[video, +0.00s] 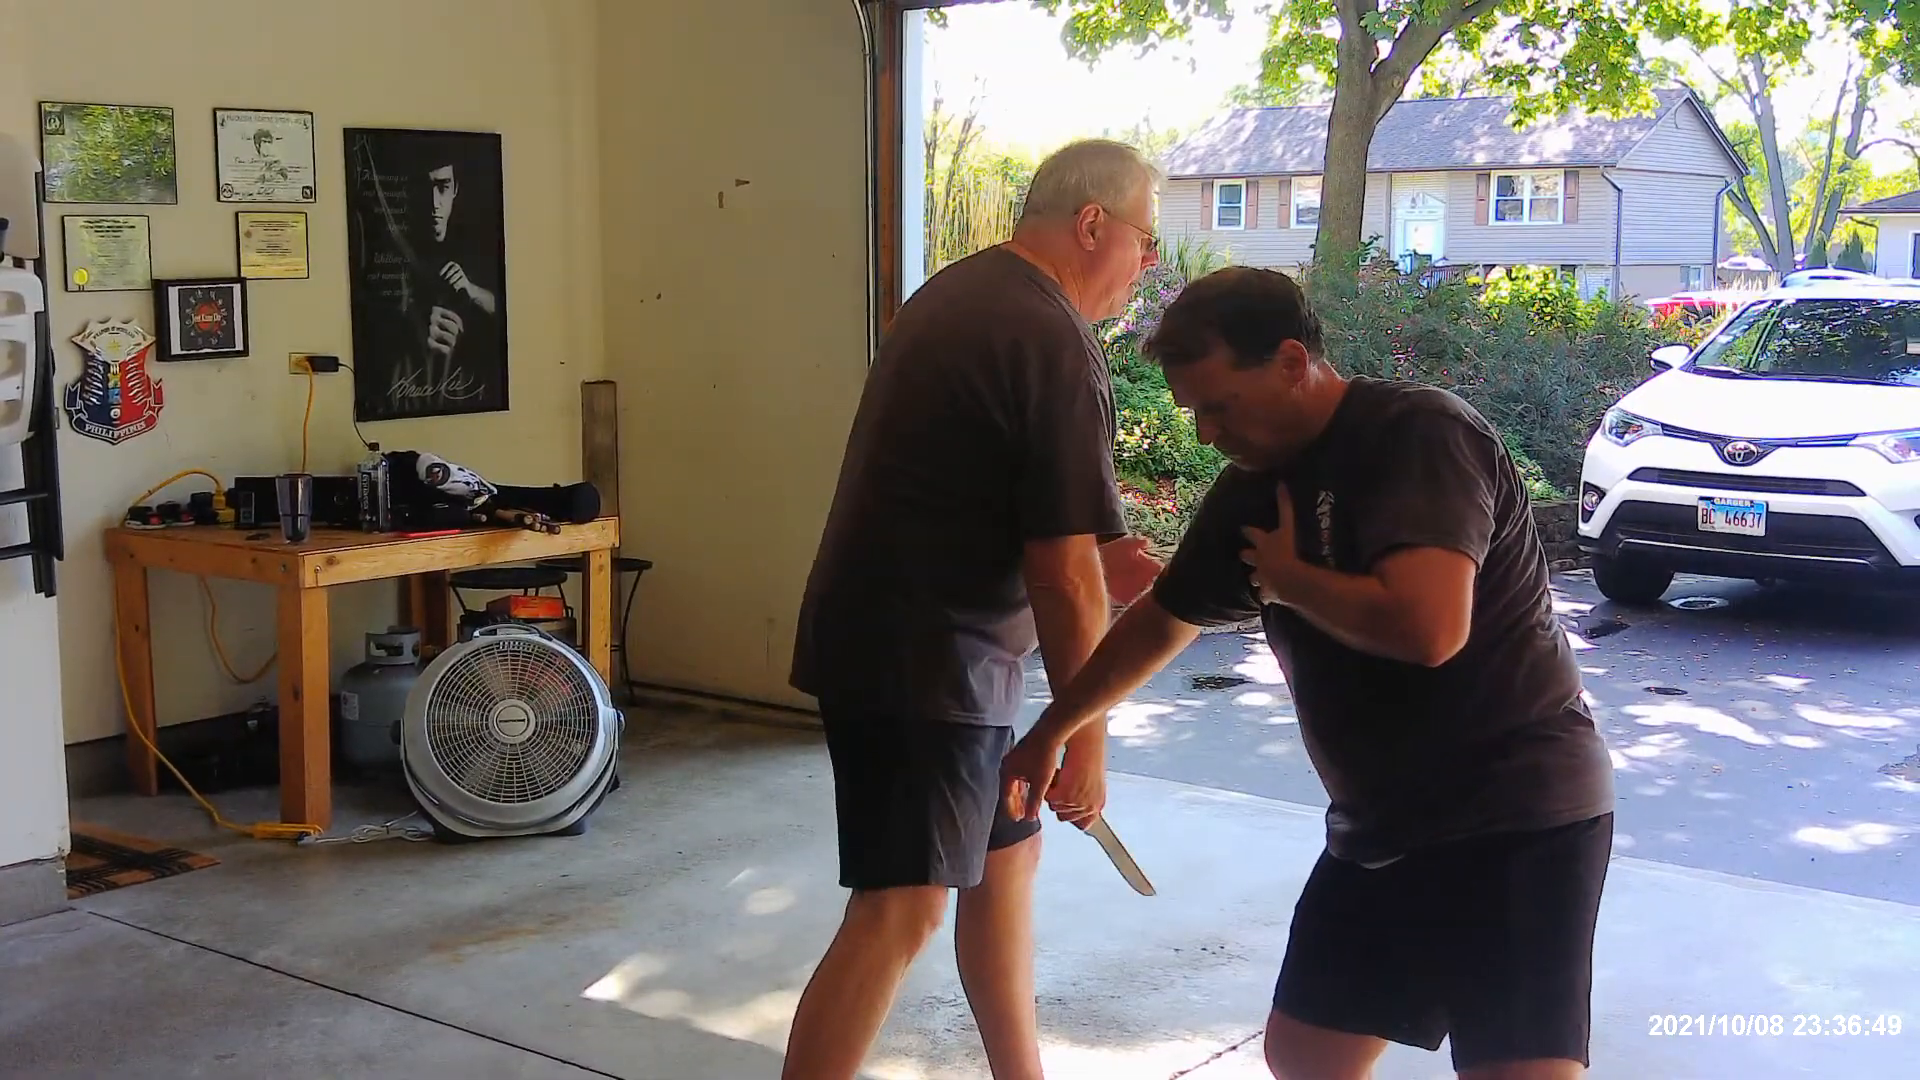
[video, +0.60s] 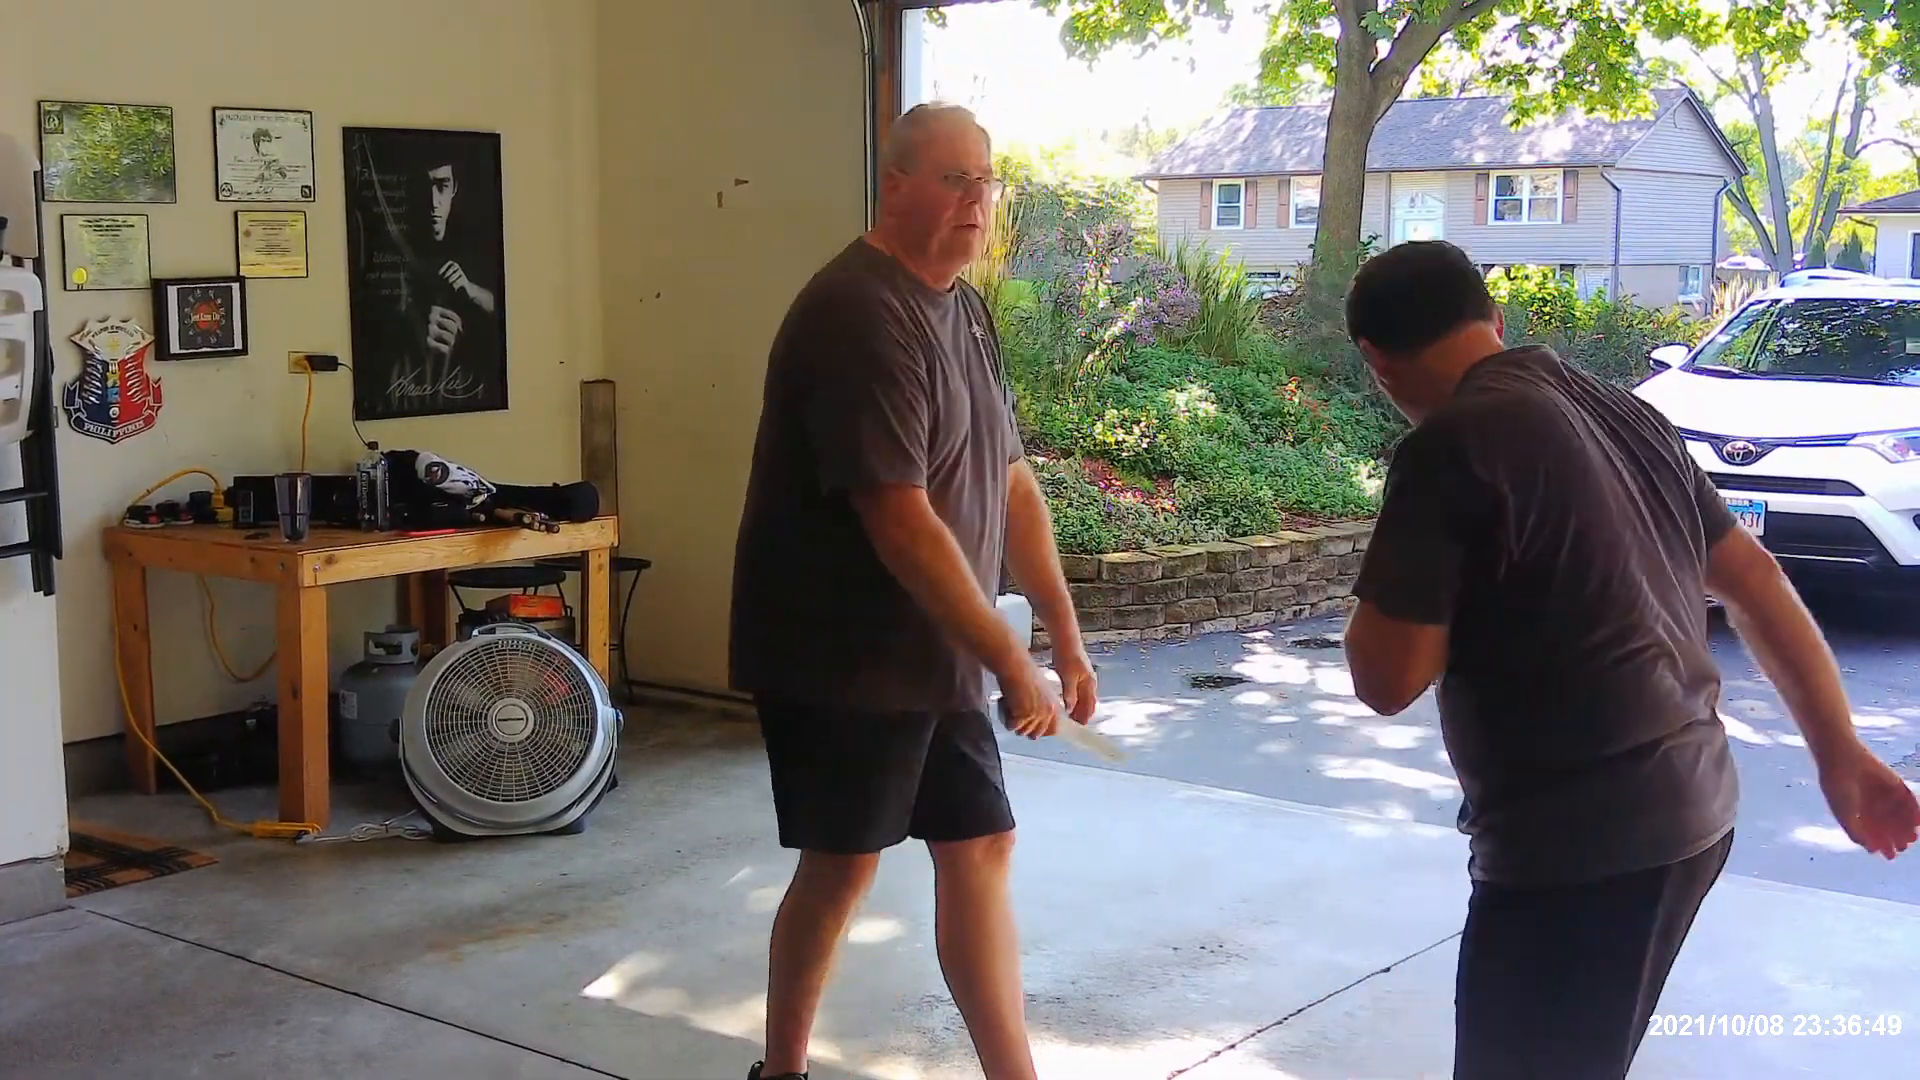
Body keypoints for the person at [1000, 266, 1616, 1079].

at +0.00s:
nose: (1204, 434)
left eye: (1216, 408)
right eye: (1193, 413)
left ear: (1294, 366)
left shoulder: (1425, 431)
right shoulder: (1249, 492)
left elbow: (1429, 626)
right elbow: (1160, 620)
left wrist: (1289, 579)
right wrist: (1051, 728)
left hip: (1523, 815)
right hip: (1377, 826)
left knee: (1518, 1065)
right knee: (1305, 1052)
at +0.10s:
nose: (1205, 436)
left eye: (1208, 411)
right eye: (1194, 417)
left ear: (1278, 367)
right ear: (1277, 370)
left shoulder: (1440, 427)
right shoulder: (1279, 481)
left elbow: (1440, 630)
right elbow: (1207, 629)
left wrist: (1303, 580)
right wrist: (1089, 739)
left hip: (1529, 818)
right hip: (1391, 819)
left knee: (1475, 1064)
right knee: (1327, 1051)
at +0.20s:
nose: (1225, 425)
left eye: (1219, 399)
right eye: (1212, 405)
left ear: (1268, 359)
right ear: (1272, 359)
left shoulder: (1452, 415)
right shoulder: (1314, 463)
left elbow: (1445, 627)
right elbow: (1305, 643)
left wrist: (1317, 564)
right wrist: (1202, 782)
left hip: (1533, 816)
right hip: (1413, 812)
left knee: (1467, 1062)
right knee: (1355, 1039)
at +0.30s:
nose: (1275, 423)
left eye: (1261, 396)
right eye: (1260, 401)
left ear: (1291, 355)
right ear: (1305, 344)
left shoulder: (1462, 415)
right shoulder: (1398, 430)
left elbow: (1429, 638)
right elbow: (1424, 665)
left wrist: (1331, 553)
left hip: (1532, 840)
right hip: (1447, 828)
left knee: (1484, 1065)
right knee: (1377, 1037)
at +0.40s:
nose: (1313, 417)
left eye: (1299, 394)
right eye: (1301, 399)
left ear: (1317, 364)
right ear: (1400, 325)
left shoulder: (1453, 433)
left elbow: (1397, 664)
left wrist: (1358, 581)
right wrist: (1629, 836)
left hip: (1537, 862)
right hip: (1482, 846)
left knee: (1512, 1068)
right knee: (1400, 1037)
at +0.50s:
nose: (1345, 399)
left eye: (1334, 379)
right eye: (1336, 380)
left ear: (1347, 367)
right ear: (1449, 323)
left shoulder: (1442, 449)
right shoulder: (1576, 420)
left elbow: (1382, 682)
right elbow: (1690, 618)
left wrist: (1371, 603)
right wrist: (1753, 791)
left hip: (1560, 854)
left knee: (1512, 1067)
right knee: (1441, 1028)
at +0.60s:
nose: (1382, 388)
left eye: (1372, 370)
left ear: (1379, 365)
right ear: (1493, 320)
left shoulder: (1449, 451)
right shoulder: (1618, 409)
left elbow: (1386, 679)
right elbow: (1752, 575)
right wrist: (1841, 752)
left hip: (1575, 848)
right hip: (1692, 817)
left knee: (1512, 1068)